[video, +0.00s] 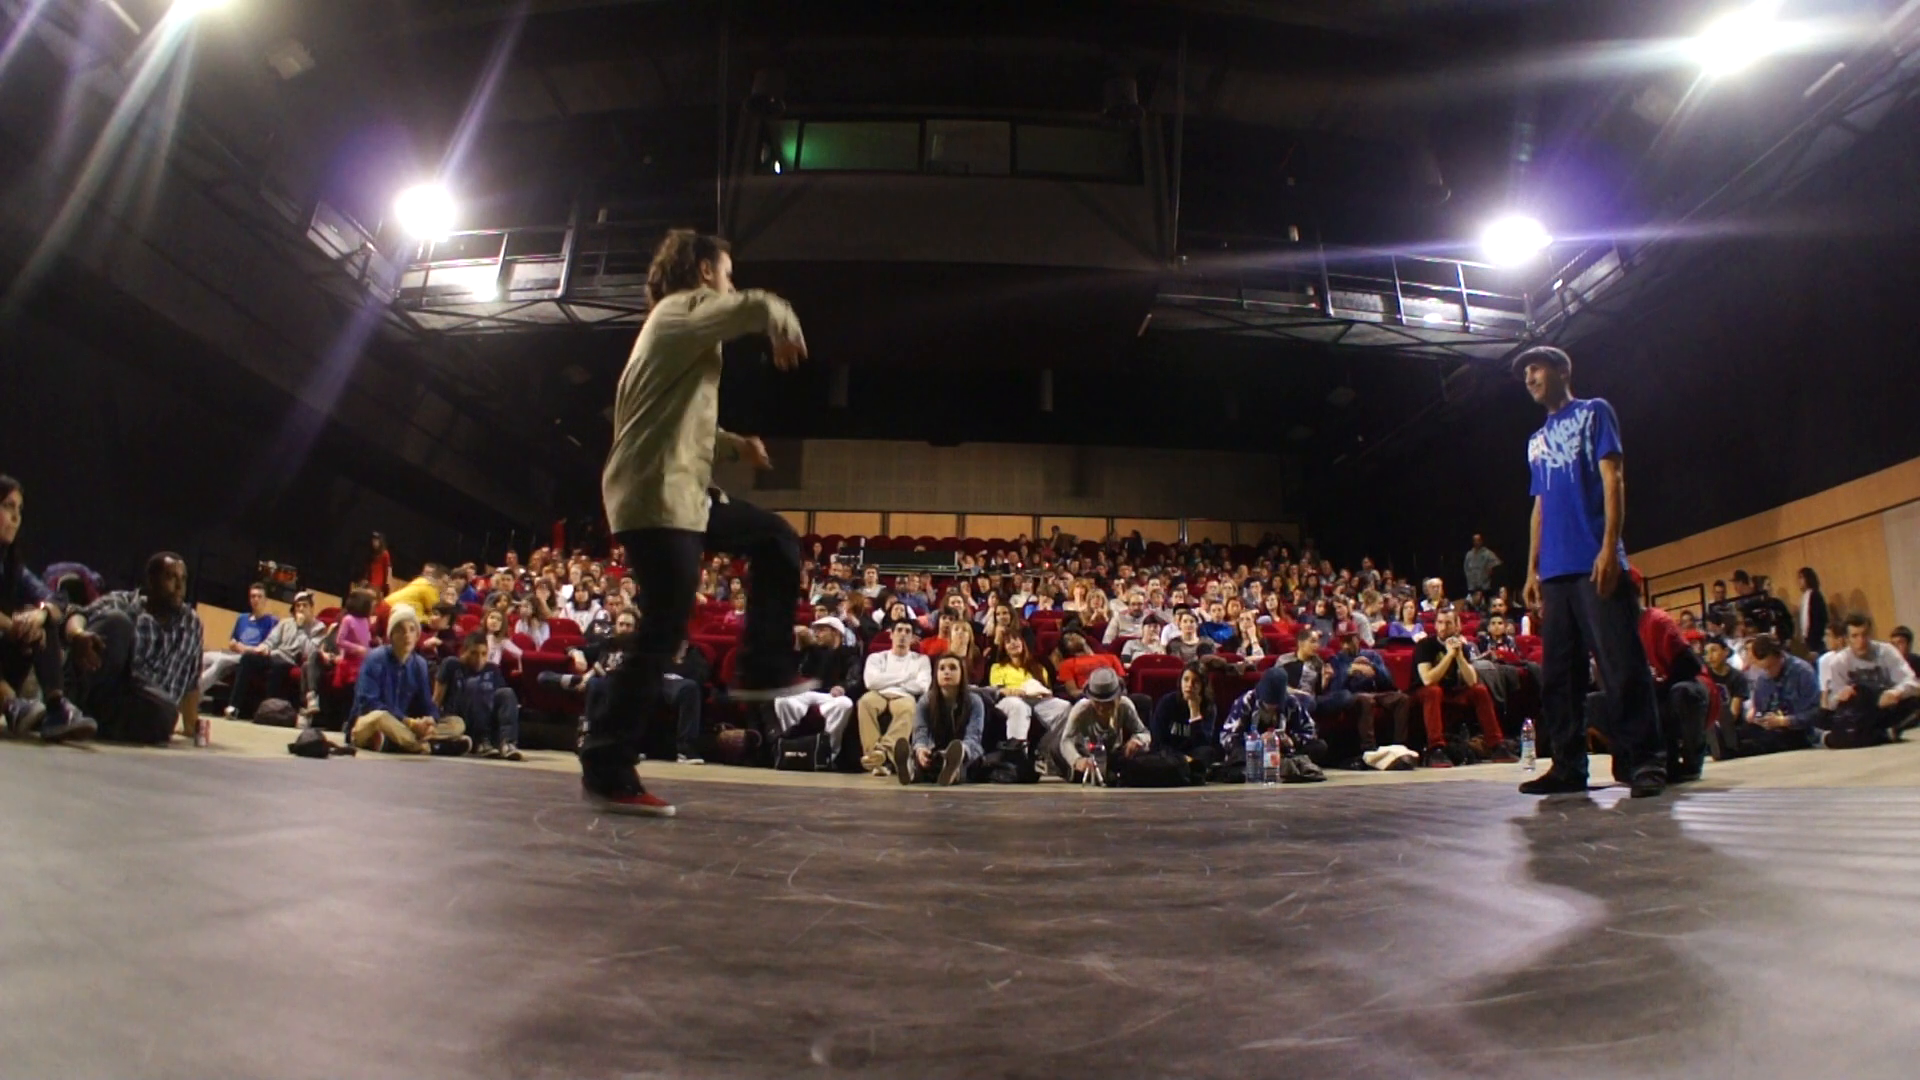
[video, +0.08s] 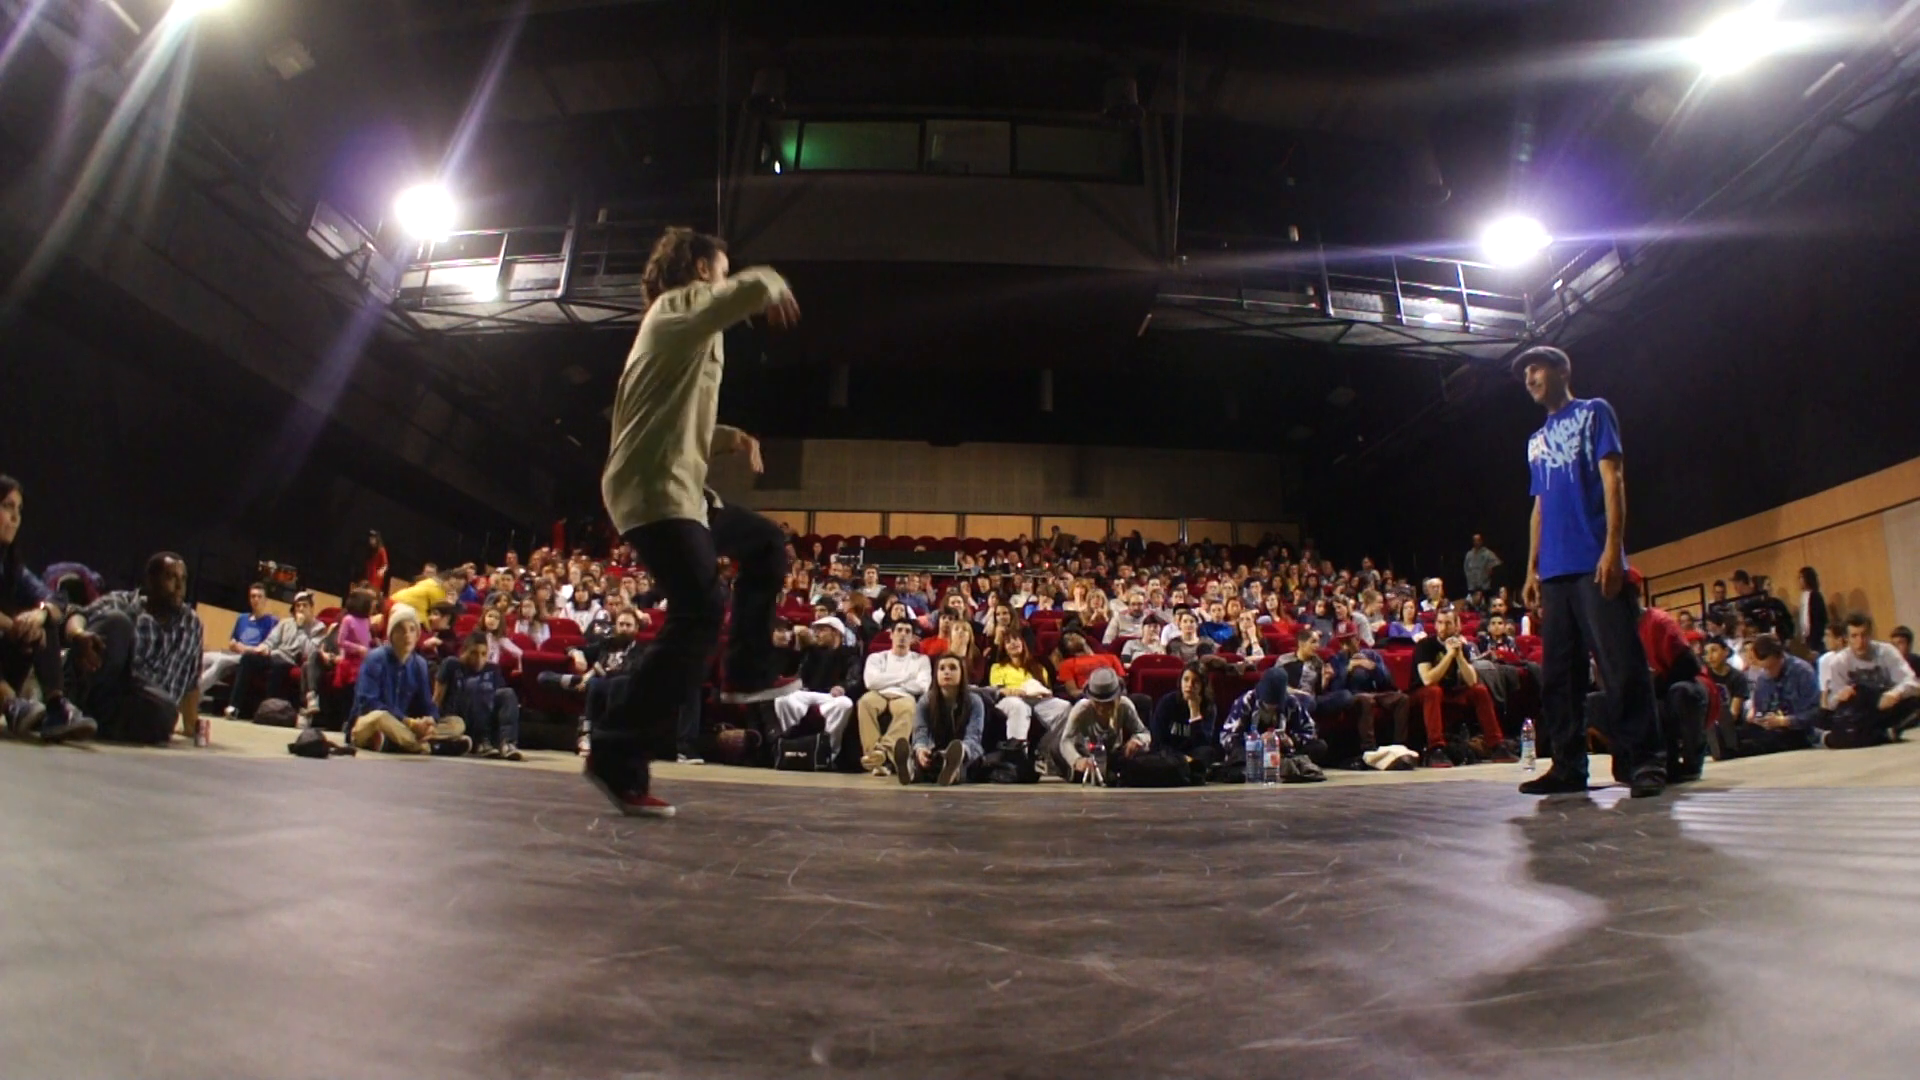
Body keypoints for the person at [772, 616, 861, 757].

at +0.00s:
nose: (817, 634)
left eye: (822, 630)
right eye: (817, 630)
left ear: (835, 633)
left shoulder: (849, 653)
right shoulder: (815, 651)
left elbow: (854, 679)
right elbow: (804, 673)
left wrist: (843, 688)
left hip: (833, 693)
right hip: (811, 691)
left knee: (844, 704)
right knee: (783, 702)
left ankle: (830, 753)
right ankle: (793, 750)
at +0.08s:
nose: (818, 634)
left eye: (822, 630)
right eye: (817, 630)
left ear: (835, 633)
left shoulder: (849, 653)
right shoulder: (813, 652)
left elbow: (854, 679)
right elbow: (804, 676)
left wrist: (843, 688)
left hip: (832, 693)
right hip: (811, 691)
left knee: (844, 704)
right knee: (785, 702)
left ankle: (830, 752)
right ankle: (794, 748)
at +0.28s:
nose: (820, 634)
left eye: (825, 630)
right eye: (819, 630)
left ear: (837, 633)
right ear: (817, 632)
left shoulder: (849, 653)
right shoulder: (814, 651)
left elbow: (854, 679)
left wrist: (843, 688)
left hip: (832, 693)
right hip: (810, 691)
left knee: (844, 704)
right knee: (785, 702)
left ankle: (830, 754)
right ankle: (793, 749)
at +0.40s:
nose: (826, 634)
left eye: (831, 630)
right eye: (822, 631)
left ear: (840, 633)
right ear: (818, 635)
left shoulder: (850, 652)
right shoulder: (814, 650)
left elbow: (854, 679)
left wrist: (843, 688)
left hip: (832, 694)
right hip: (808, 691)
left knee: (844, 704)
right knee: (783, 699)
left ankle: (829, 754)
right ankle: (793, 749)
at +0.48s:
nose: (831, 634)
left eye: (835, 629)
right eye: (825, 631)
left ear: (842, 632)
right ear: (820, 635)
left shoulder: (850, 652)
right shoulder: (813, 651)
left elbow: (854, 679)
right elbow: (802, 674)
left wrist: (843, 688)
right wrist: (798, 683)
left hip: (831, 694)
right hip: (809, 692)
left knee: (844, 704)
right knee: (783, 699)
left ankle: (829, 754)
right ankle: (793, 749)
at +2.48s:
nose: (832, 635)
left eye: (835, 630)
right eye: (826, 632)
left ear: (841, 632)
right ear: (820, 636)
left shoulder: (850, 653)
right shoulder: (812, 651)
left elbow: (854, 679)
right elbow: (802, 673)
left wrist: (843, 688)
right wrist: (797, 682)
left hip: (831, 693)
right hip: (808, 691)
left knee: (844, 704)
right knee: (789, 699)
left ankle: (830, 754)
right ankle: (787, 748)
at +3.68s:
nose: (833, 635)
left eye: (836, 630)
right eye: (827, 632)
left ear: (841, 632)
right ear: (820, 636)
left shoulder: (849, 653)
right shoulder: (812, 651)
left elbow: (854, 679)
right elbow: (801, 674)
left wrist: (843, 688)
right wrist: (798, 683)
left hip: (832, 694)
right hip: (808, 691)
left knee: (844, 704)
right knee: (783, 700)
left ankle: (830, 752)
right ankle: (794, 747)